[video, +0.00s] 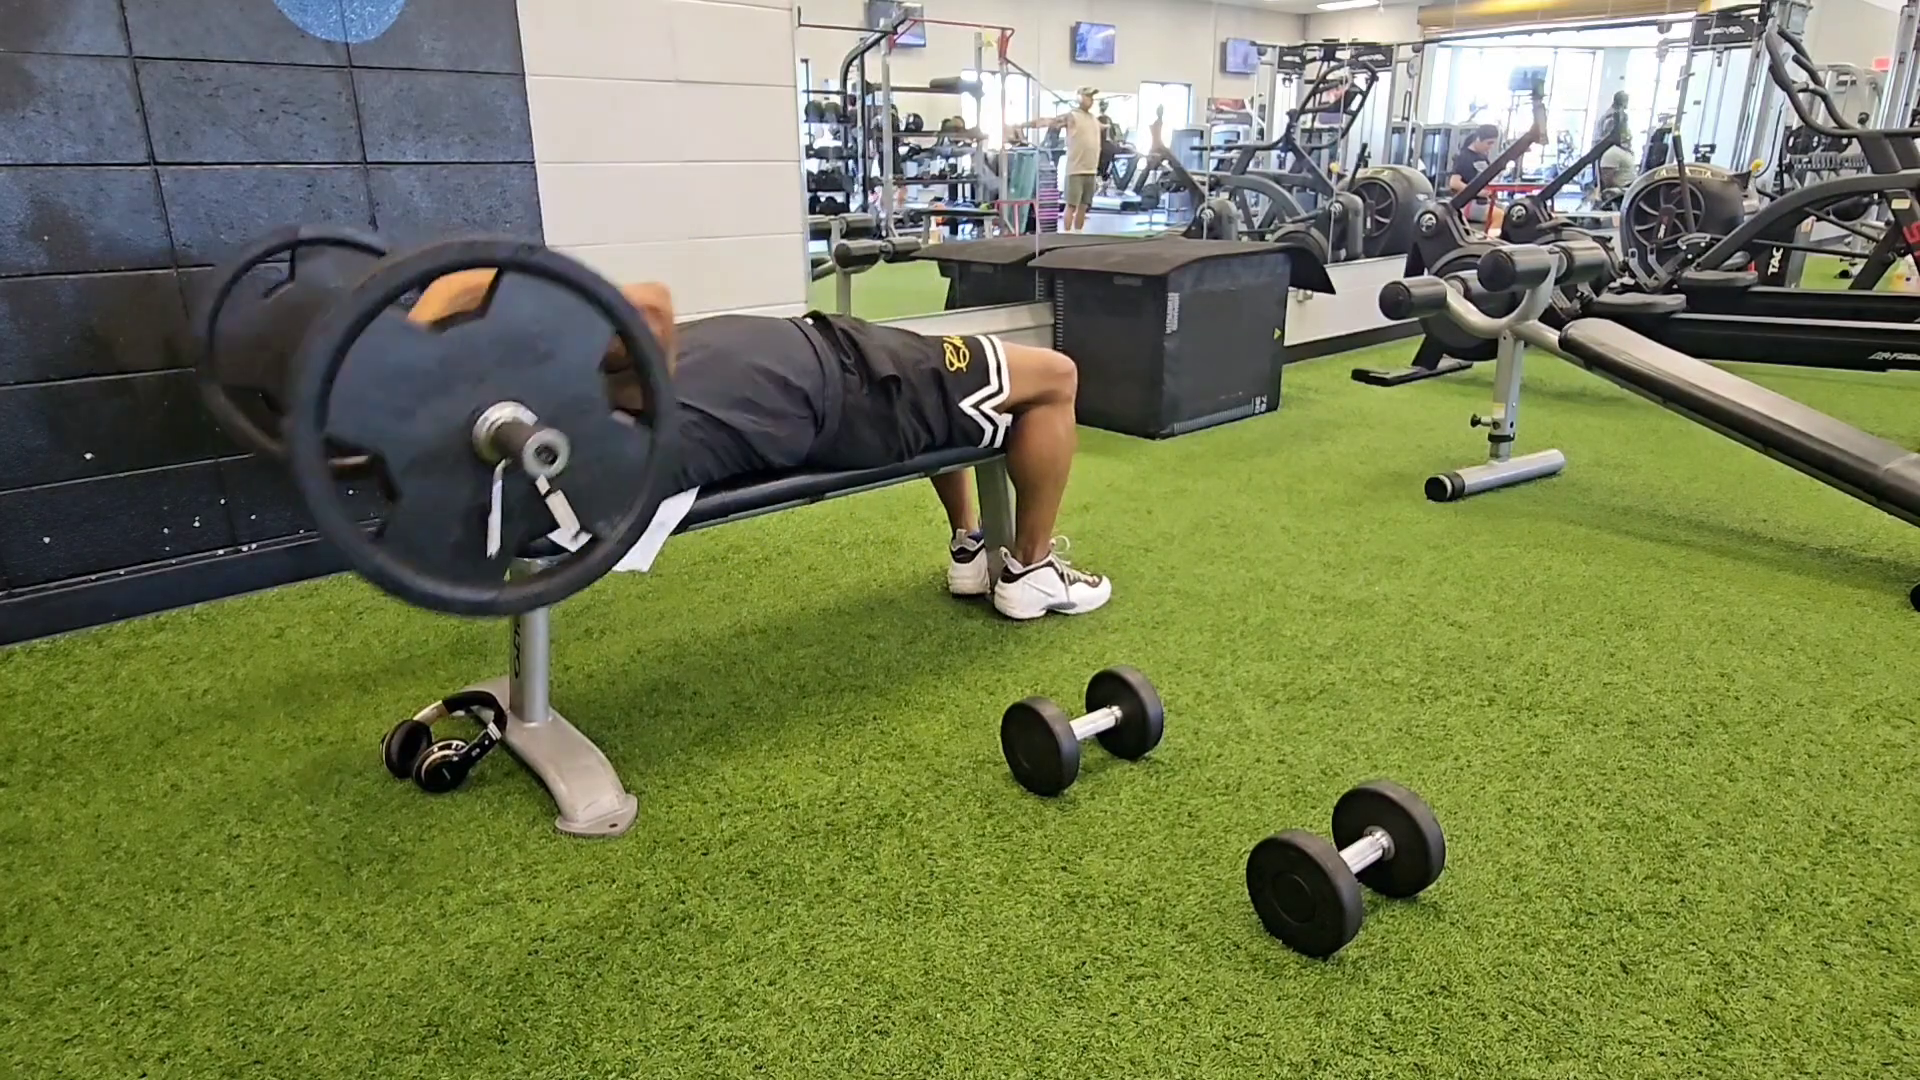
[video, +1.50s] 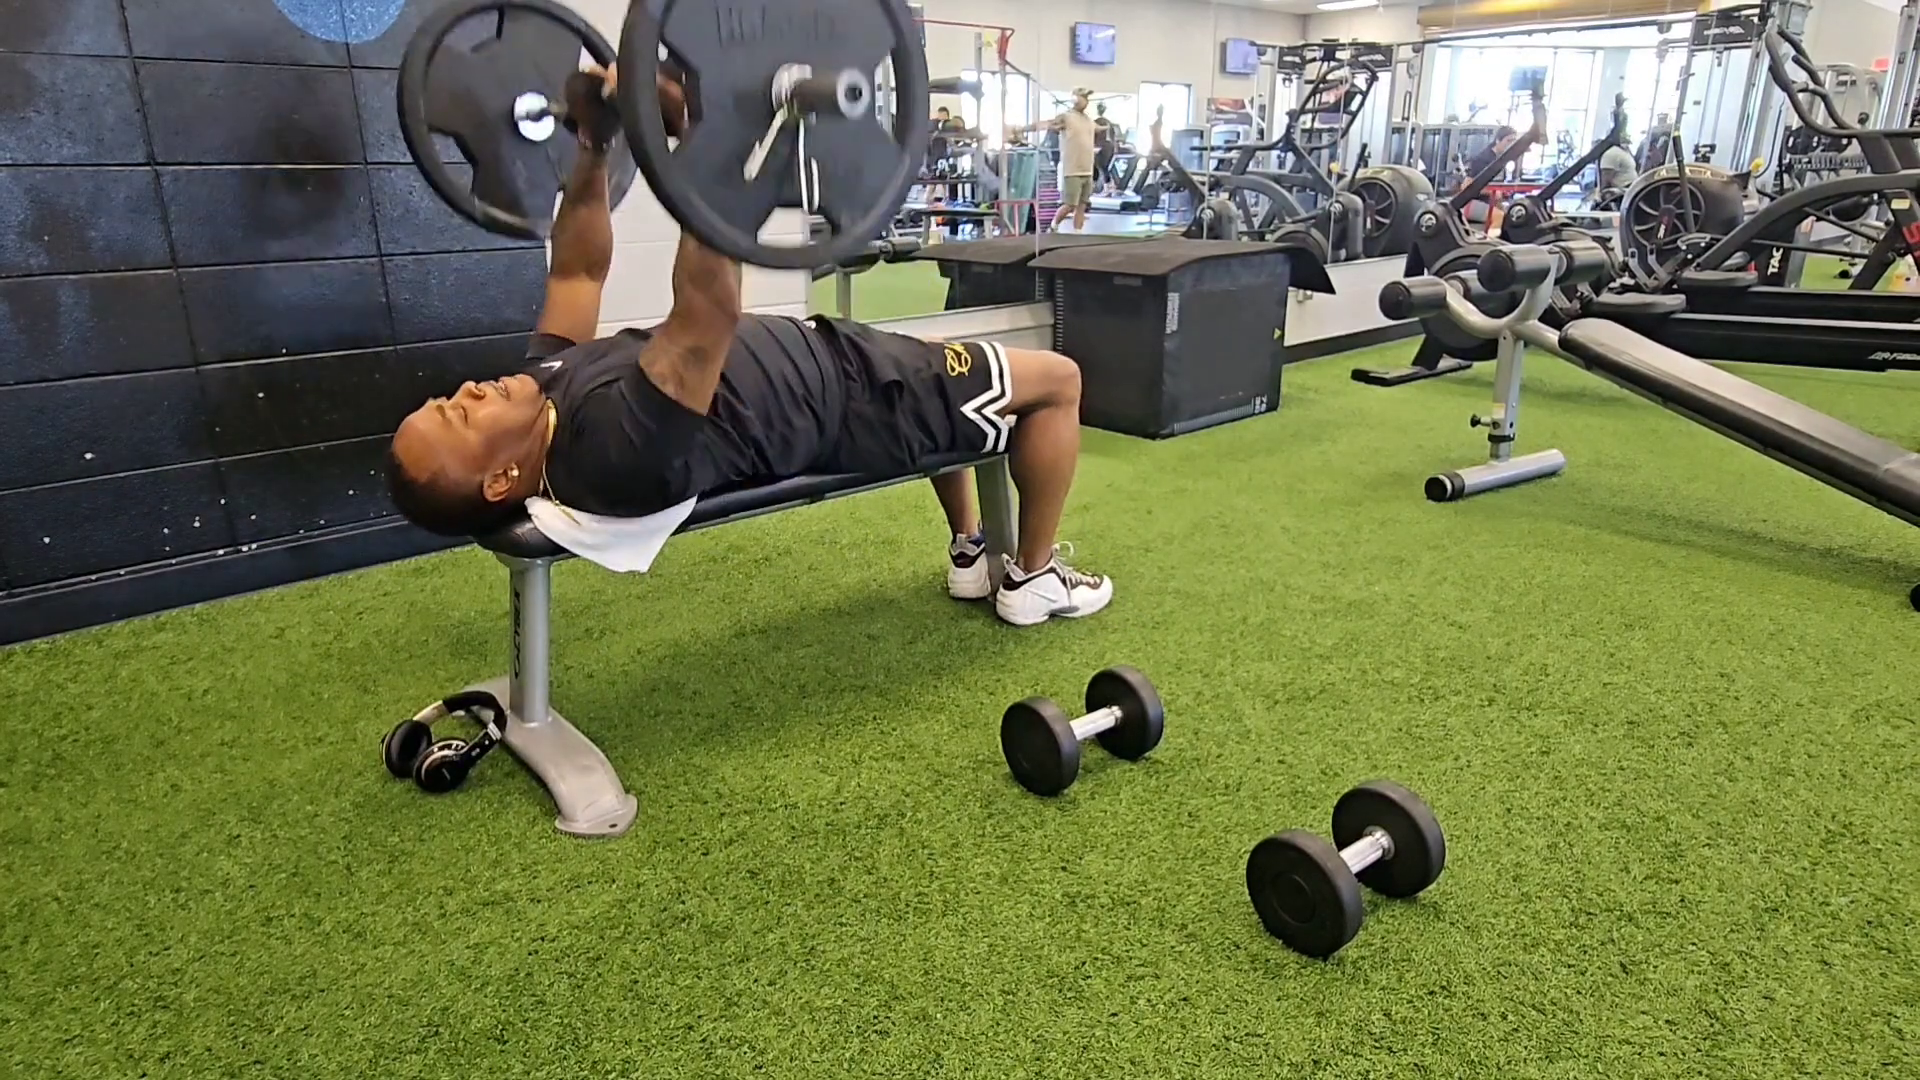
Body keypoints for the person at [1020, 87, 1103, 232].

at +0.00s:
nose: (1091, 100)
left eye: (1092, 97)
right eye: (1088, 97)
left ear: (1091, 100)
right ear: (1080, 98)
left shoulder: (1093, 120)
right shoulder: (1071, 116)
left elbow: (1103, 127)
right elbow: (1048, 122)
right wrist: (1023, 125)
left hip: (1091, 169)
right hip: (1075, 168)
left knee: (1083, 207)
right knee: (1072, 205)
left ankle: (1078, 235)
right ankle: (1067, 235)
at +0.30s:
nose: (1092, 100)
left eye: (1093, 97)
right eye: (1089, 97)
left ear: (1092, 100)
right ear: (1081, 98)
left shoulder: (1094, 119)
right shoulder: (1072, 116)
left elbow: (1103, 126)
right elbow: (1049, 122)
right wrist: (1024, 125)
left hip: (1091, 168)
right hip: (1075, 168)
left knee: (1084, 206)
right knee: (1072, 205)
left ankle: (1078, 234)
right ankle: (1067, 234)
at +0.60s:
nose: (1092, 100)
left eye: (1093, 97)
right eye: (1090, 96)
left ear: (1092, 99)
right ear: (1082, 98)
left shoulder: (1095, 120)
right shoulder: (1072, 116)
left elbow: (1105, 126)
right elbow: (1049, 122)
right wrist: (1023, 125)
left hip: (1092, 169)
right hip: (1076, 168)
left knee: (1083, 207)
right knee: (1072, 206)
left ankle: (1078, 235)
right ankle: (1067, 235)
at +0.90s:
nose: (1092, 100)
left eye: (1093, 97)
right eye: (1089, 96)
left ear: (1092, 99)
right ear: (1081, 98)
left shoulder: (1095, 120)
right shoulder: (1072, 116)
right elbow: (1049, 122)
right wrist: (1023, 125)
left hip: (1092, 169)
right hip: (1076, 168)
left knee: (1084, 207)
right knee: (1072, 205)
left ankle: (1078, 235)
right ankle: (1067, 235)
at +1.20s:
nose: (1091, 101)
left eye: (1092, 98)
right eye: (1088, 98)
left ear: (1093, 101)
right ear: (1081, 99)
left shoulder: (1094, 120)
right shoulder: (1072, 117)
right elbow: (1050, 123)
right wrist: (1025, 126)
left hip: (1091, 169)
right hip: (1076, 169)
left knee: (1084, 207)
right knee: (1075, 205)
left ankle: (1078, 235)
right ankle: (1068, 234)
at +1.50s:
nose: (1086, 101)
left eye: (1087, 98)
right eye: (1083, 98)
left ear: (1086, 101)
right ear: (1075, 99)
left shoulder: (1088, 120)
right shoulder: (1066, 117)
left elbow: (1097, 128)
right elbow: (1044, 125)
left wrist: (1107, 127)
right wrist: (1021, 129)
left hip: (1087, 169)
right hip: (1071, 169)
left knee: (1082, 206)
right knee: (1070, 205)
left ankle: (1078, 234)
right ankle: (1053, 226)